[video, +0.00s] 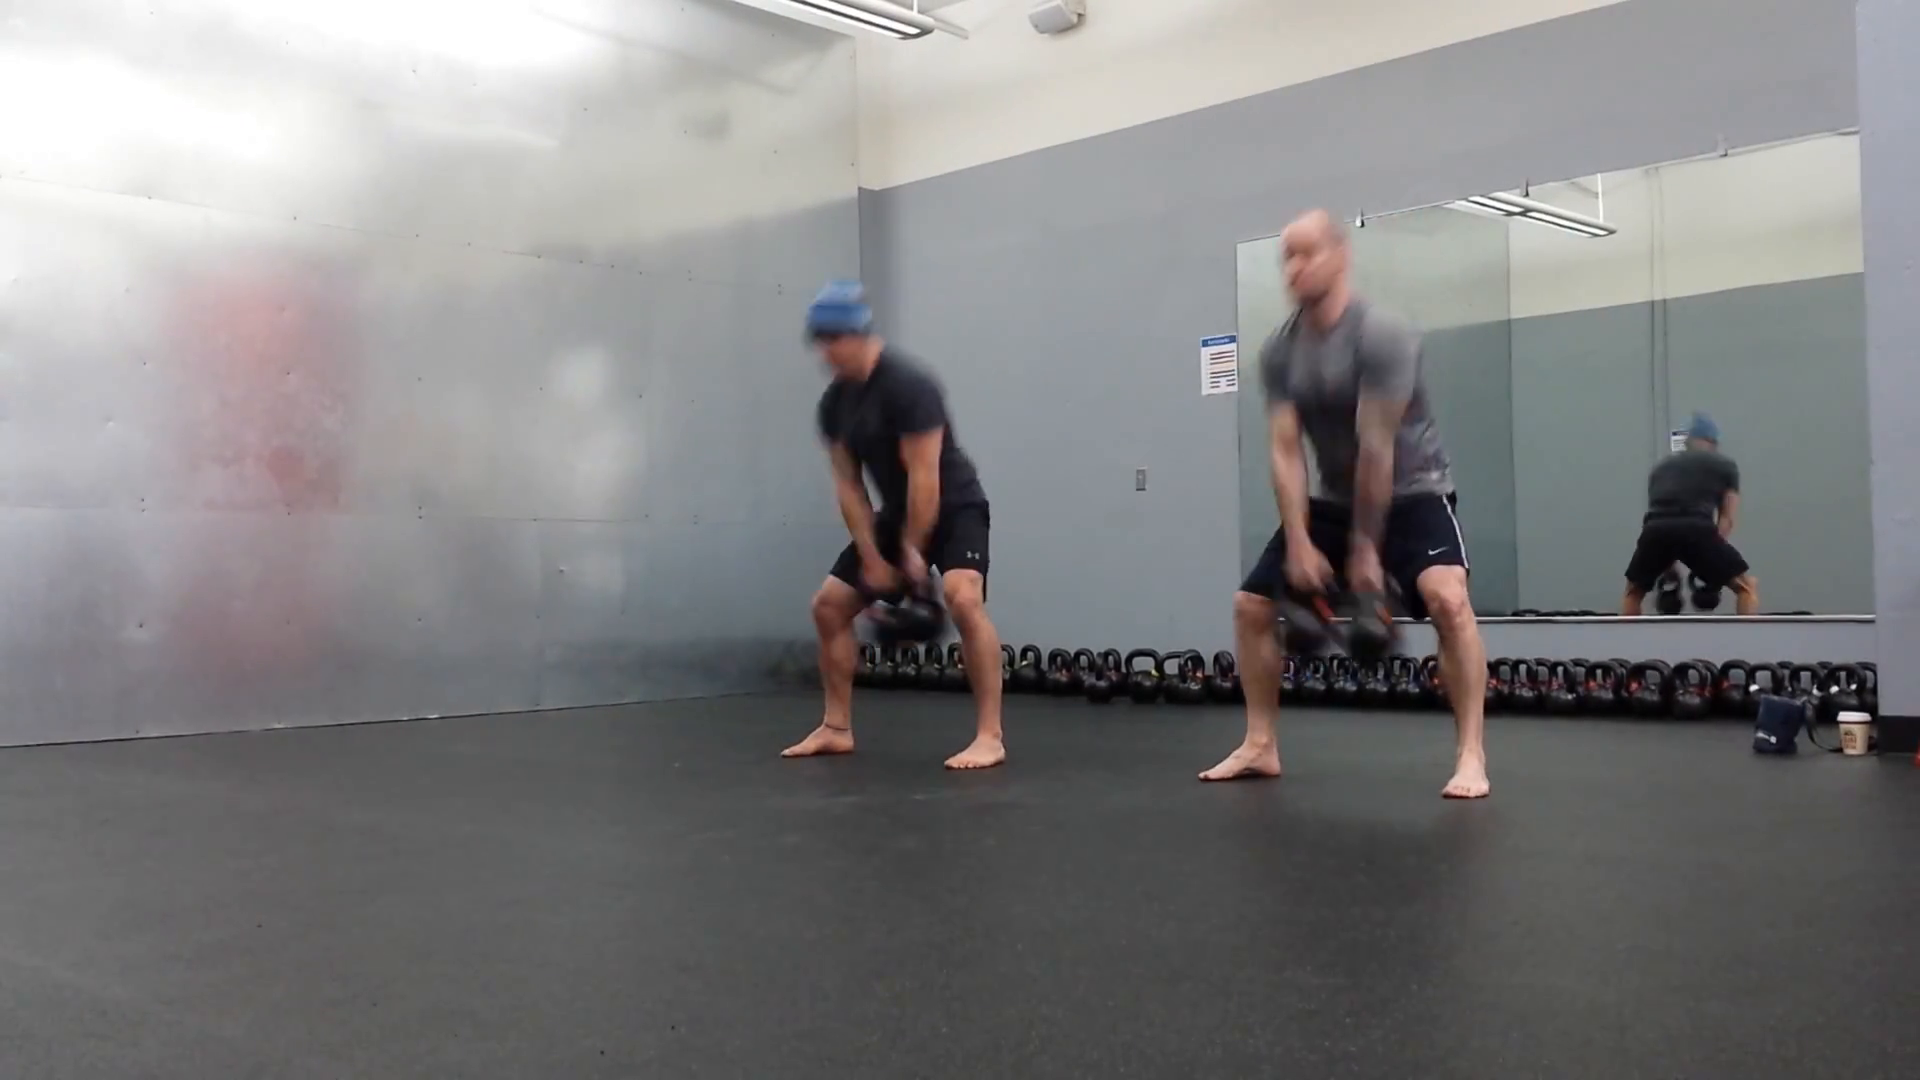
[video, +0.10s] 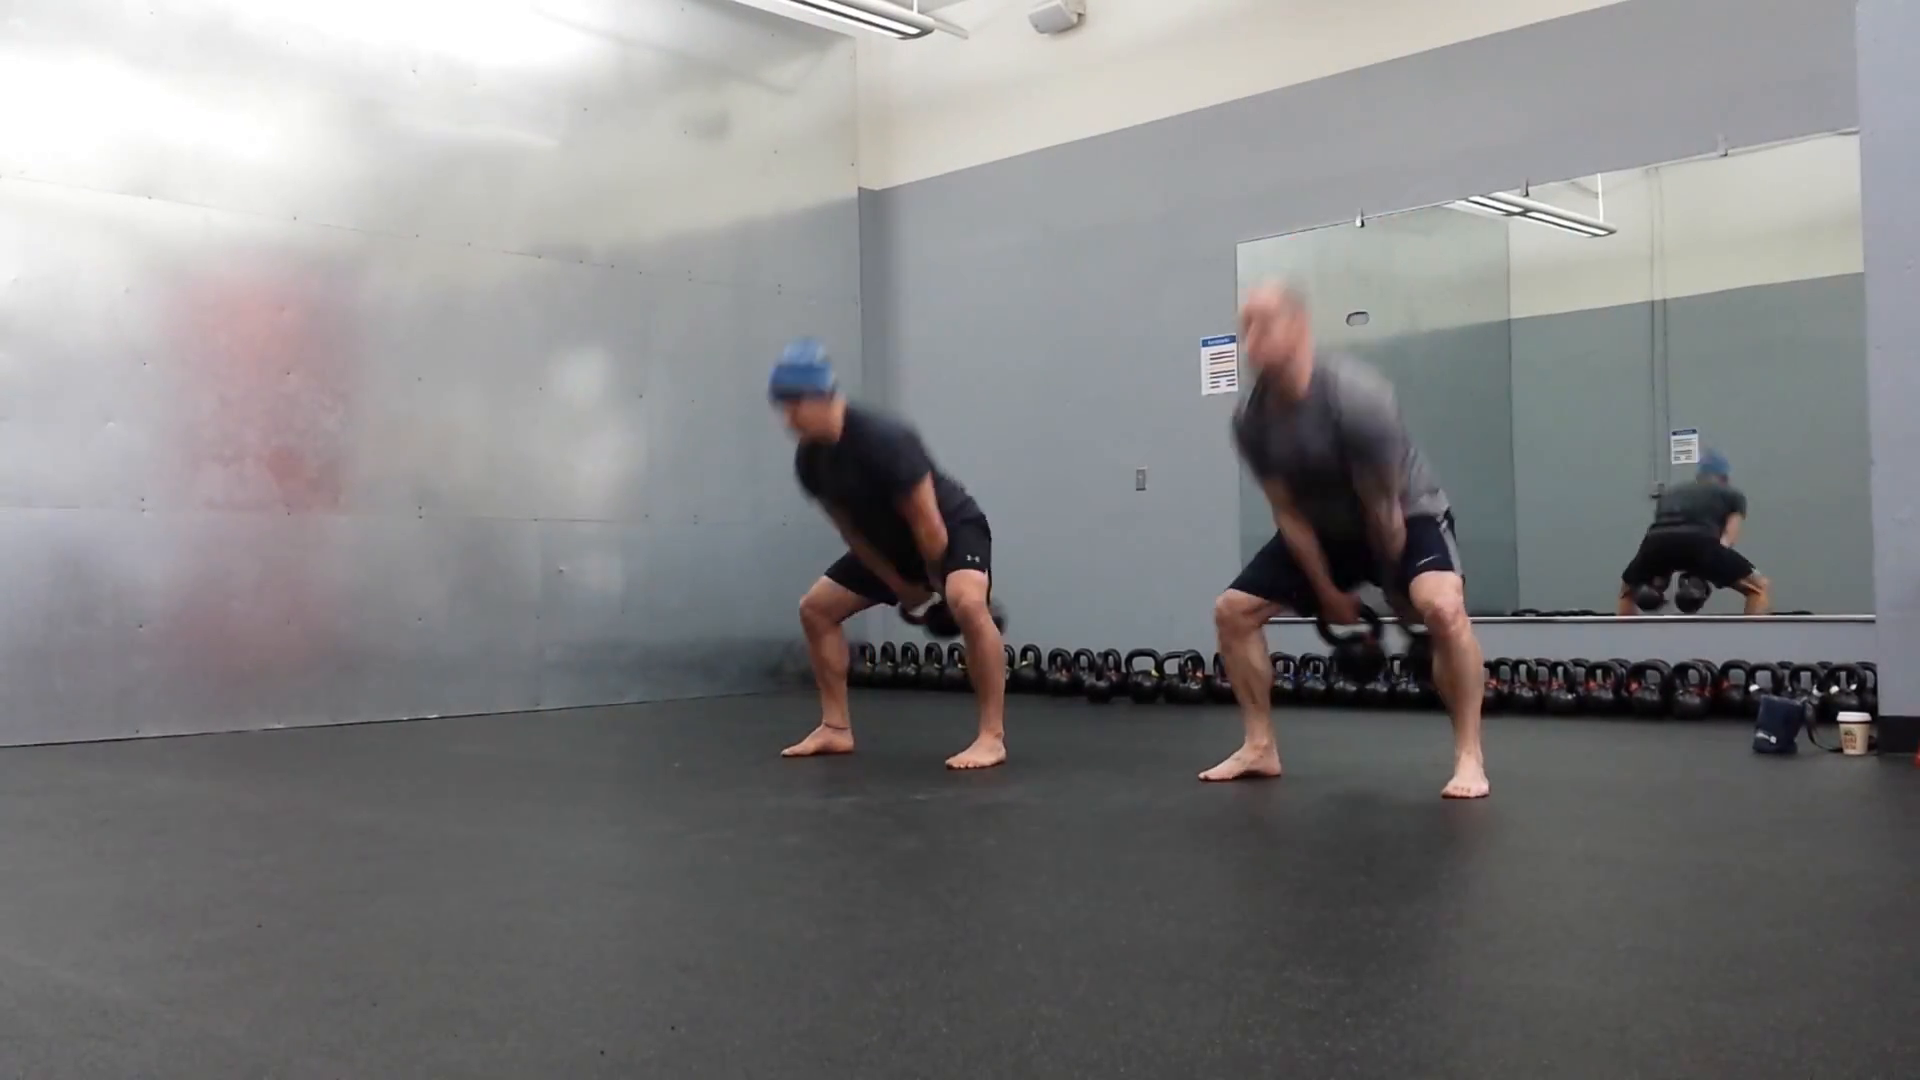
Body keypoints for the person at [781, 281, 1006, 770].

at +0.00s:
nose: (827, 351)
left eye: (833, 339)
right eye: (821, 341)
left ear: (860, 333)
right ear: (822, 342)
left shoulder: (912, 385)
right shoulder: (835, 402)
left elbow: (924, 477)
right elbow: (848, 485)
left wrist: (913, 547)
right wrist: (871, 555)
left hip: (956, 507)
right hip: (899, 511)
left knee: (962, 598)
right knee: (829, 608)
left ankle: (990, 736)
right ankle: (836, 727)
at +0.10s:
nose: (790, 415)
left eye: (797, 401)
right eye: (784, 404)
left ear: (825, 394)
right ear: (783, 407)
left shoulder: (885, 439)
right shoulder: (810, 460)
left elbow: (932, 531)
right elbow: (853, 534)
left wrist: (938, 586)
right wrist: (902, 587)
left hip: (954, 530)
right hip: (893, 540)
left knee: (966, 602)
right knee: (817, 608)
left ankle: (991, 737)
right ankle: (835, 728)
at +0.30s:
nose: (788, 394)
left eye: (798, 381)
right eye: (785, 384)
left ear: (827, 383)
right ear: (787, 389)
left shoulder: (885, 435)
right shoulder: (810, 452)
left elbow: (923, 529)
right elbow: (851, 529)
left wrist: (936, 585)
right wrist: (892, 579)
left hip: (951, 527)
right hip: (889, 538)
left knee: (954, 604)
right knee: (813, 609)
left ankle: (989, 737)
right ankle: (835, 728)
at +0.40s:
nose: (827, 317)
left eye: (838, 306)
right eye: (827, 308)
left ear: (868, 314)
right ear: (835, 320)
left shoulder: (906, 381)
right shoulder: (833, 392)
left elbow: (917, 472)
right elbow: (846, 477)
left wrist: (908, 539)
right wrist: (867, 544)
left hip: (941, 509)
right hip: (881, 515)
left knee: (953, 600)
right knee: (821, 606)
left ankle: (989, 736)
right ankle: (835, 726)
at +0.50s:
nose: (880, 290)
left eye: (891, 281)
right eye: (876, 282)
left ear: (920, 287)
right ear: (873, 292)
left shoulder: (943, 340)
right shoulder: (870, 351)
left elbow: (913, 415)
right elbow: (845, 417)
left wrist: (873, 476)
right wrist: (827, 483)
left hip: (943, 489)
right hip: (888, 491)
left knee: (951, 594)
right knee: (844, 602)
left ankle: (986, 734)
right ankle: (837, 725)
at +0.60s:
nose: (903, 293)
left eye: (912, 283)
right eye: (900, 285)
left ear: (942, 288)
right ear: (902, 293)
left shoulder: (972, 332)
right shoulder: (897, 345)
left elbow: (935, 379)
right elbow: (855, 385)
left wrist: (871, 383)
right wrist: (803, 404)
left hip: (938, 491)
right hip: (885, 490)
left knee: (952, 600)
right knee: (852, 607)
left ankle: (986, 736)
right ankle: (838, 726)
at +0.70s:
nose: (896, 292)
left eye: (905, 281)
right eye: (893, 285)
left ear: (934, 286)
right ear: (897, 294)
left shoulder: (969, 335)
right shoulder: (890, 349)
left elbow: (945, 368)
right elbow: (830, 388)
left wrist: (877, 329)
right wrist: (806, 345)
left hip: (925, 490)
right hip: (870, 490)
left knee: (947, 604)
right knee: (853, 612)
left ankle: (986, 736)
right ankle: (838, 727)